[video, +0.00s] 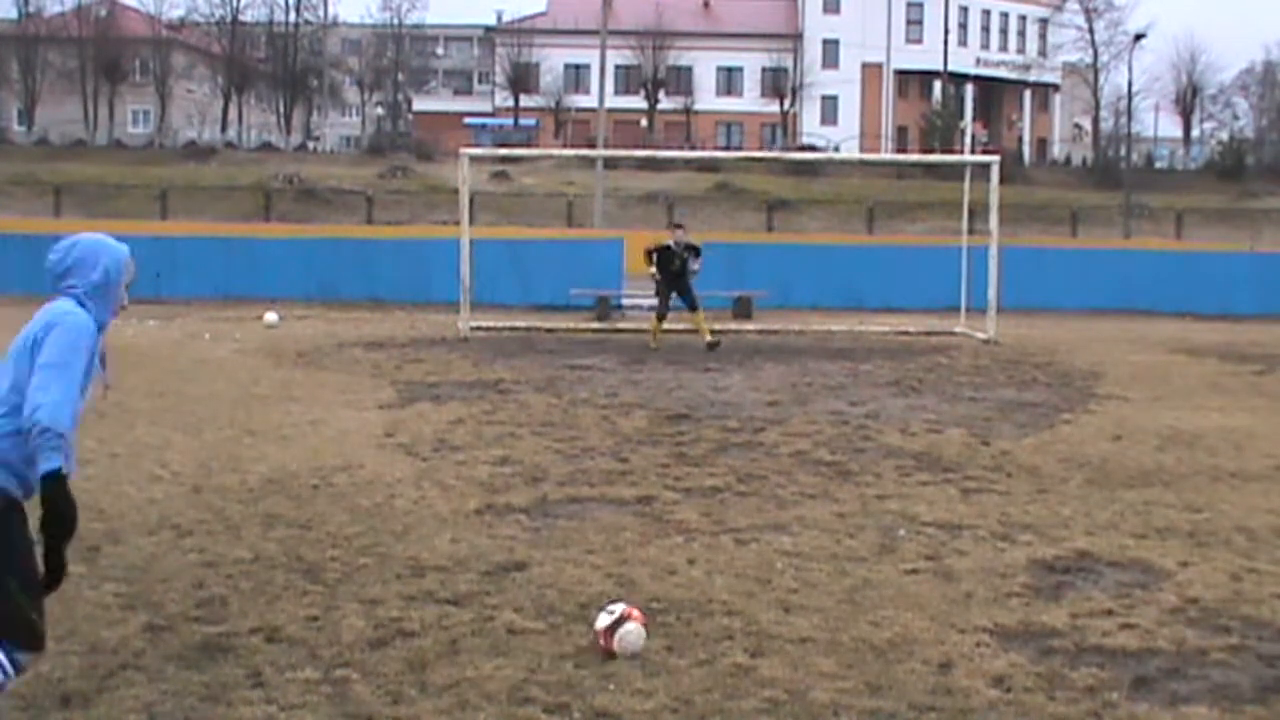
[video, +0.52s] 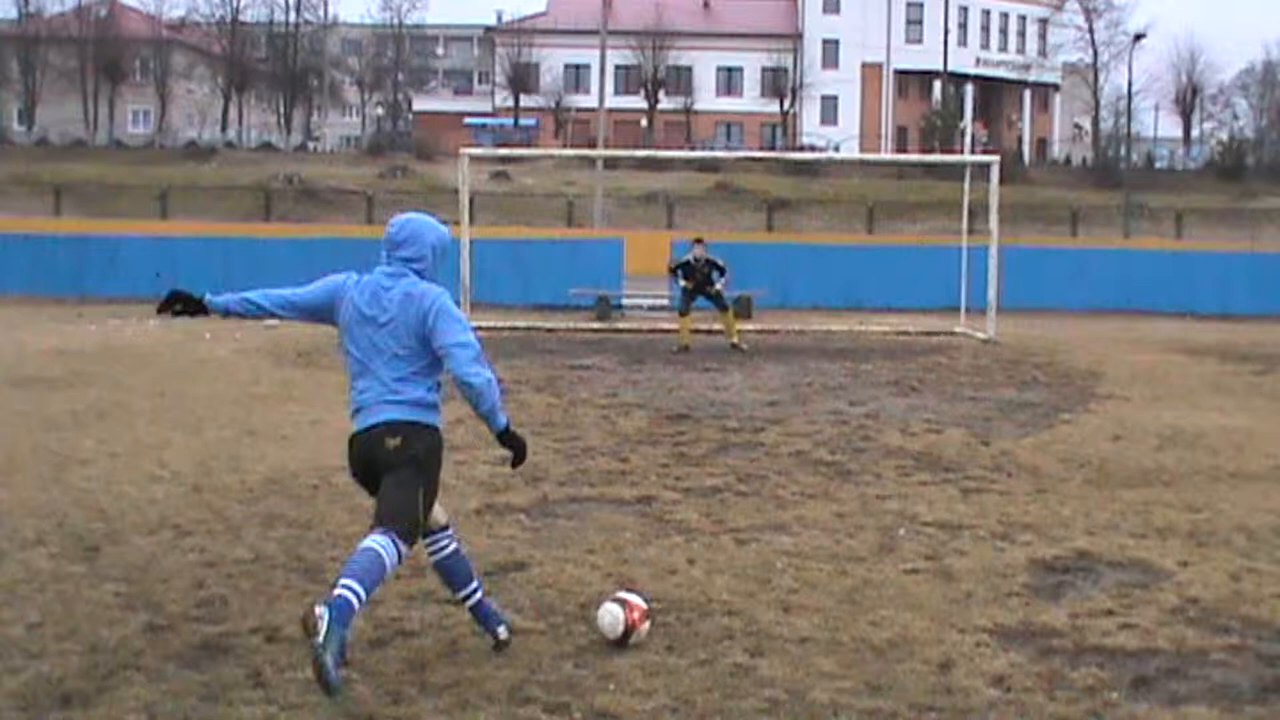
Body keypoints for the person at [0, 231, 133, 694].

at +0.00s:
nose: (126, 299)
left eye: (127, 287)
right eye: (122, 286)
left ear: (82, 279)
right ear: (96, 281)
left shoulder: (60, 319)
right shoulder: (73, 322)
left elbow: (41, 409)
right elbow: (48, 406)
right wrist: (55, 488)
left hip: (9, 493)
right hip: (5, 494)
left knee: (21, 633)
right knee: (21, 636)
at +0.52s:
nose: (440, 263)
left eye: (438, 255)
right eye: (439, 256)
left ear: (390, 249)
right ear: (428, 256)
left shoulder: (351, 289)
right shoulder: (432, 299)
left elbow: (280, 301)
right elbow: (467, 367)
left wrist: (209, 303)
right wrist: (502, 427)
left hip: (363, 442)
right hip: (414, 437)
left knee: (432, 523)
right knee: (393, 536)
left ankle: (490, 620)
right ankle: (336, 614)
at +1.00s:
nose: (504, 216)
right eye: (502, 209)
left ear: (455, 208)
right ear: (496, 210)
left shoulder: (427, 249)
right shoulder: (510, 248)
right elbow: (574, 271)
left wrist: (523, 251)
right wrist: (636, 275)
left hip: (460, 383)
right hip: (511, 370)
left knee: (501, 482)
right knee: (514, 330)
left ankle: (532, 586)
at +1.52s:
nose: (433, 225)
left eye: (434, 218)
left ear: (436, 223)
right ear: (473, 220)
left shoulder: (448, 268)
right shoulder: (490, 258)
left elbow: (468, 304)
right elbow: (451, 284)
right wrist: (414, 287)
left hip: (457, 396)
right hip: (497, 390)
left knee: (418, 477)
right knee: (474, 473)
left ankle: (479, 545)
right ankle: (478, 564)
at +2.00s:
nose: (347, 227)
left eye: (347, 220)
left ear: (352, 222)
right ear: (387, 215)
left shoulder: (368, 265)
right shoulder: (409, 255)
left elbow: (406, 319)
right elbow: (389, 326)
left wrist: (439, 370)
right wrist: (360, 366)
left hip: (389, 393)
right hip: (430, 388)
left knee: (370, 484)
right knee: (444, 479)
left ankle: (364, 582)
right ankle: (472, 569)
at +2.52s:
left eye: (311, 210)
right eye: (341, 205)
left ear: (308, 215)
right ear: (349, 210)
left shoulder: (297, 265)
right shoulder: (379, 253)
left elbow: (240, 299)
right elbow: (395, 313)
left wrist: (206, 294)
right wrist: (382, 354)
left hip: (338, 390)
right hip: (389, 381)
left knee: (355, 485)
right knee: (402, 476)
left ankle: (361, 583)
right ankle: (368, 555)